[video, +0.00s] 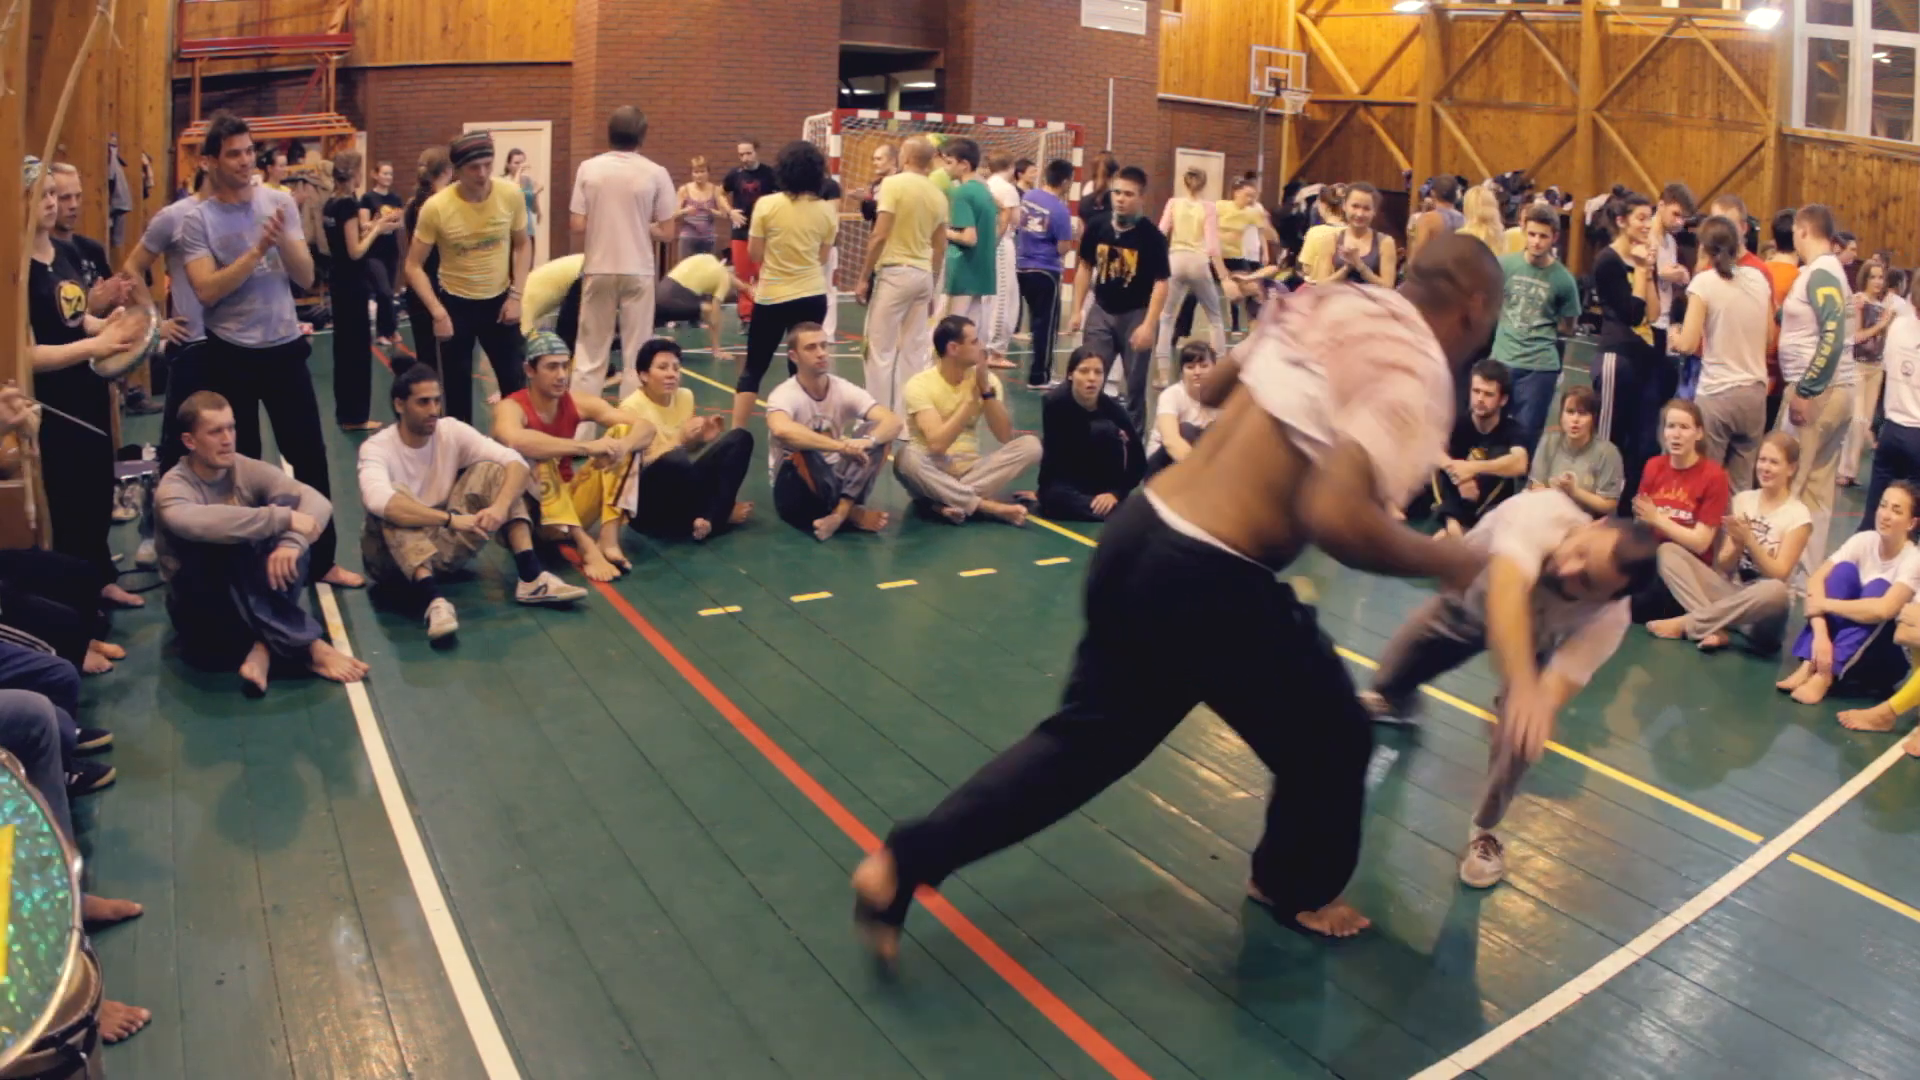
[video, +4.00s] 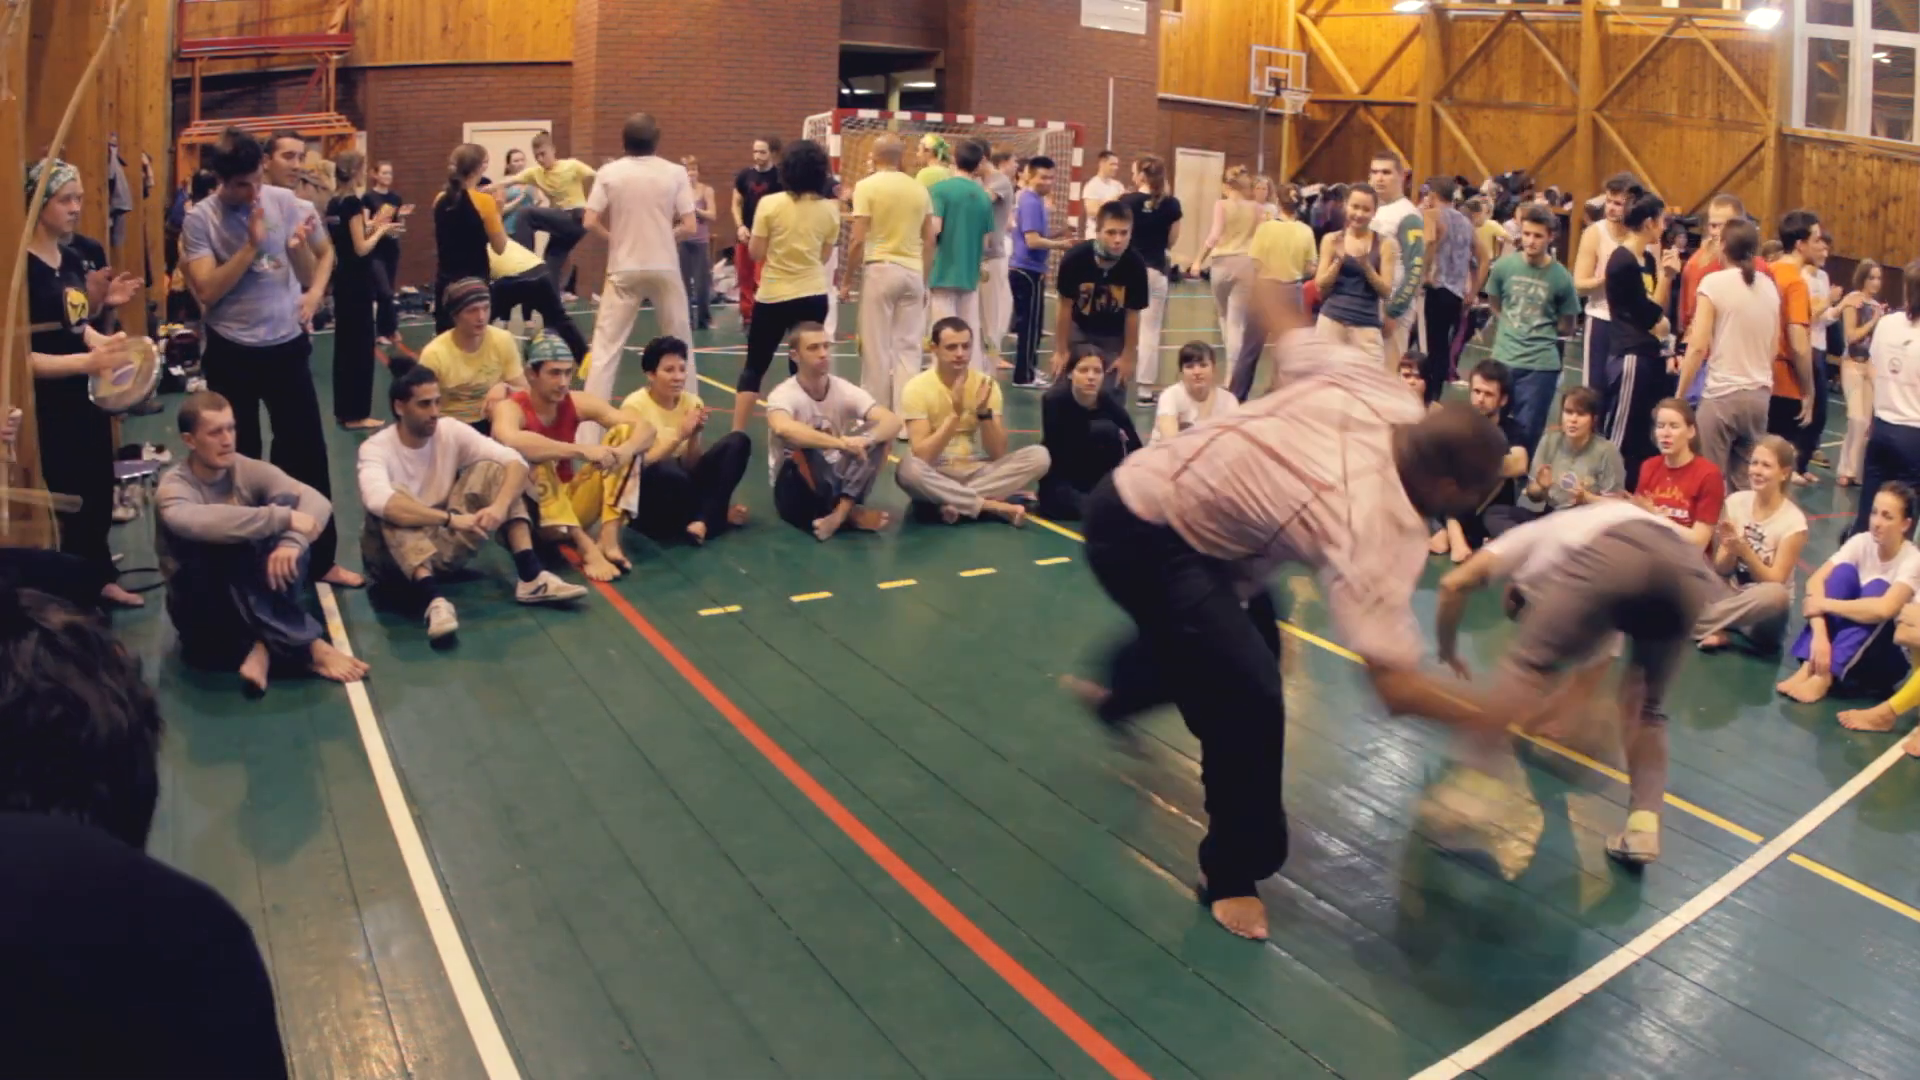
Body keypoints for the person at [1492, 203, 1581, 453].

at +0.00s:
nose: (1536, 241)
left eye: (1543, 236)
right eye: (1531, 234)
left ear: (1554, 238)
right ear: (1524, 233)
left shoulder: (1564, 280)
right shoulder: (1504, 265)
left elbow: (1567, 326)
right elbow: (1492, 305)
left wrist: (1538, 332)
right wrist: (1513, 327)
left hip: (1539, 362)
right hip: (1501, 356)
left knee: (1525, 433)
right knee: (1489, 427)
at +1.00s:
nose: (1534, 242)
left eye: (1541, 236)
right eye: (1529, 234)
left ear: (1552, 239)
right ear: (1522, 234)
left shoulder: (1563, 279)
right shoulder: (1505, 265)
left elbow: (1567, 326)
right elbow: (1495, 304)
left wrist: (1540, 332)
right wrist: (1515, 326)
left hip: (1540, 360)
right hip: (1504, 355)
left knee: (1526, 432)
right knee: (1492, 425)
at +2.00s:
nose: (1534, 241)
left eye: (1540, 235)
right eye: (1529, 234)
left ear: (1552, 238)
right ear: (1521, 234)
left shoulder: (1563, 279)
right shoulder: (1503, 266)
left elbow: (1567, 326)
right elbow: (1495, 309)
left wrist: (1539, 334)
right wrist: (1514, 330)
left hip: (1540, 360)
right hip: (1503, 356)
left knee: (1526, 430)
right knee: (1492, 424)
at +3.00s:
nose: (1531, 241)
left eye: (1538, 236)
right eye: (1526, 234)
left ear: (1549, 239)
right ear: (1520, 234)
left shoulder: (1561, 277)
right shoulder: (1503, 268)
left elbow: (1567, 325)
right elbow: (1490, 300)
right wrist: (1485, 314)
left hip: (1541, 358)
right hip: (1504, 354)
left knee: (1527, 430)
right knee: (1491, 421)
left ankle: (1519, 485)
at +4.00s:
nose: (1531, 241)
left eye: (1538, 236)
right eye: (1527, 234)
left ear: (1550, 238)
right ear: (1520, 234)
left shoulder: (1561, 277)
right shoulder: (1502, 266)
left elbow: (1567, 325)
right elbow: (1494, 304)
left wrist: (1538, 331)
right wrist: (1515, 326)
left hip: (1540, 361)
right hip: (1503, 357)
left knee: (1526, 430)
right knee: (1492, 424)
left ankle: (1516, 490)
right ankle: (1485, 487)